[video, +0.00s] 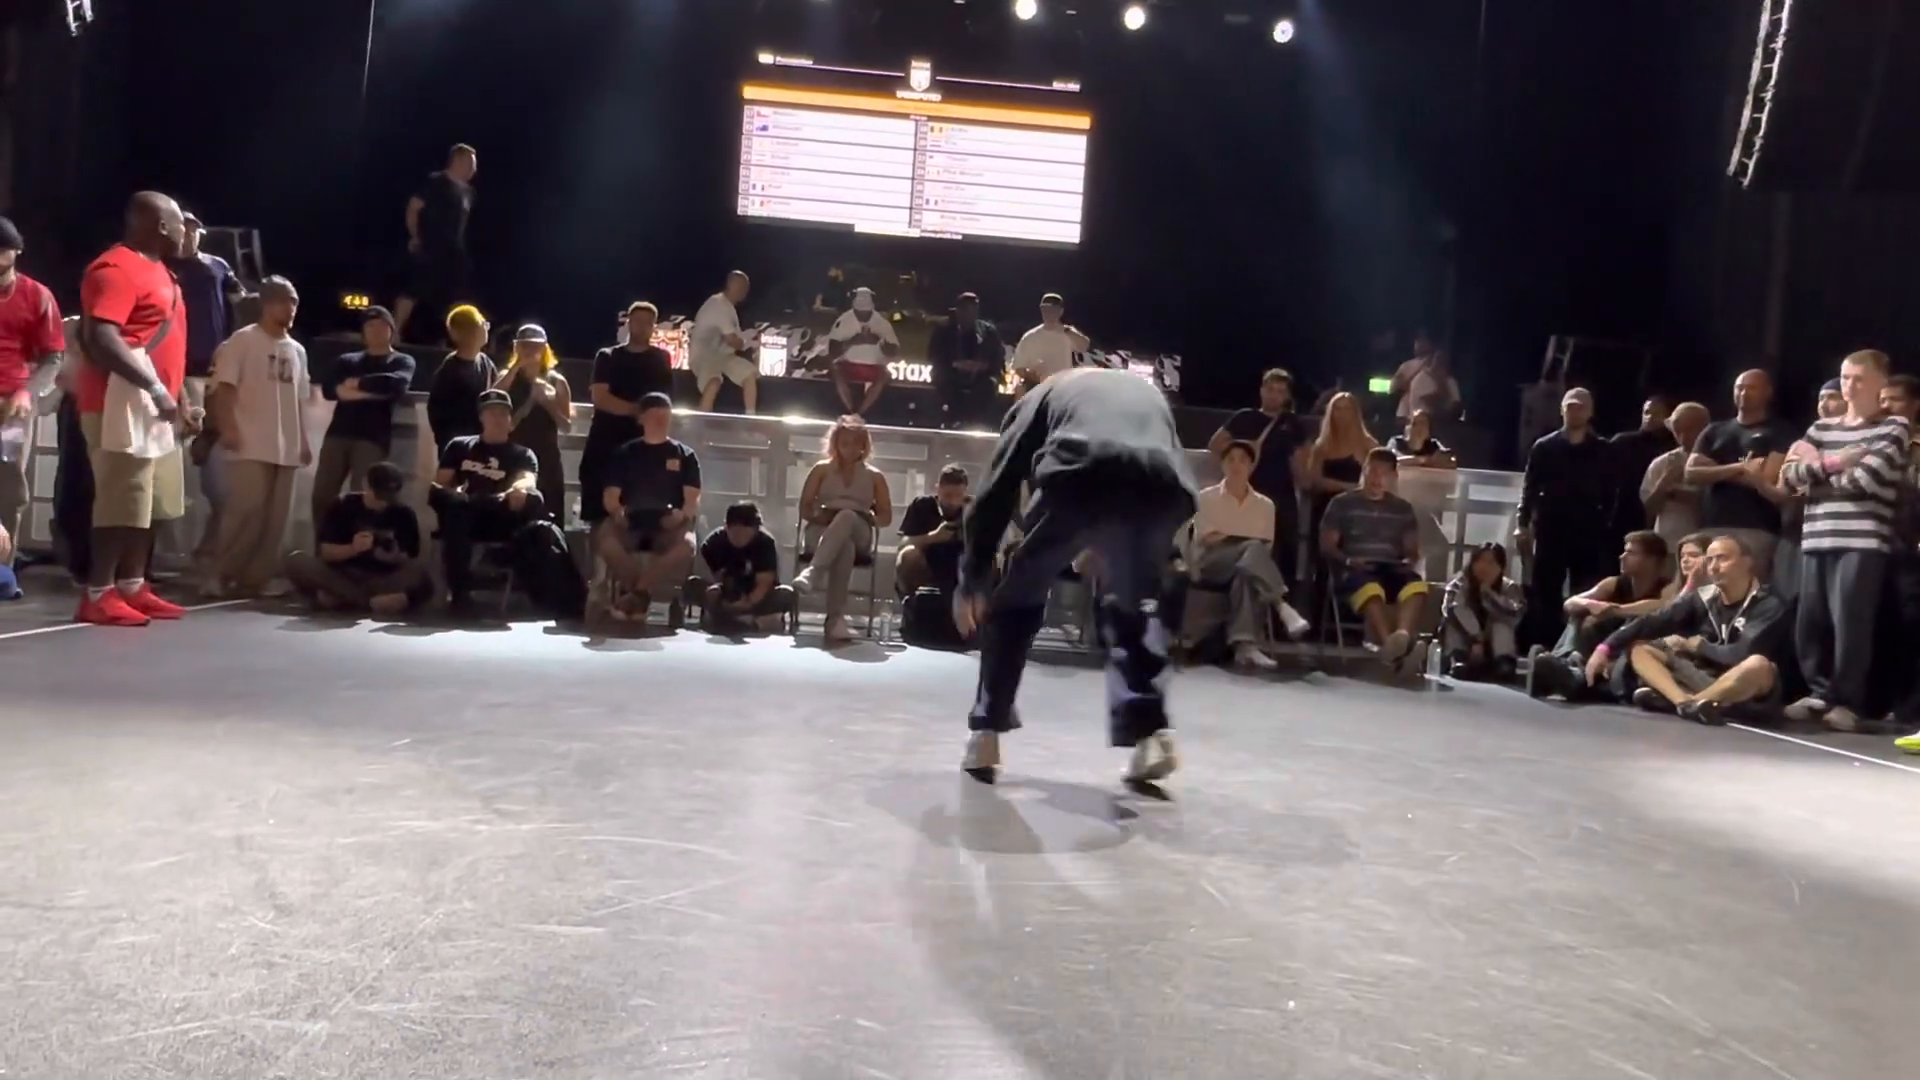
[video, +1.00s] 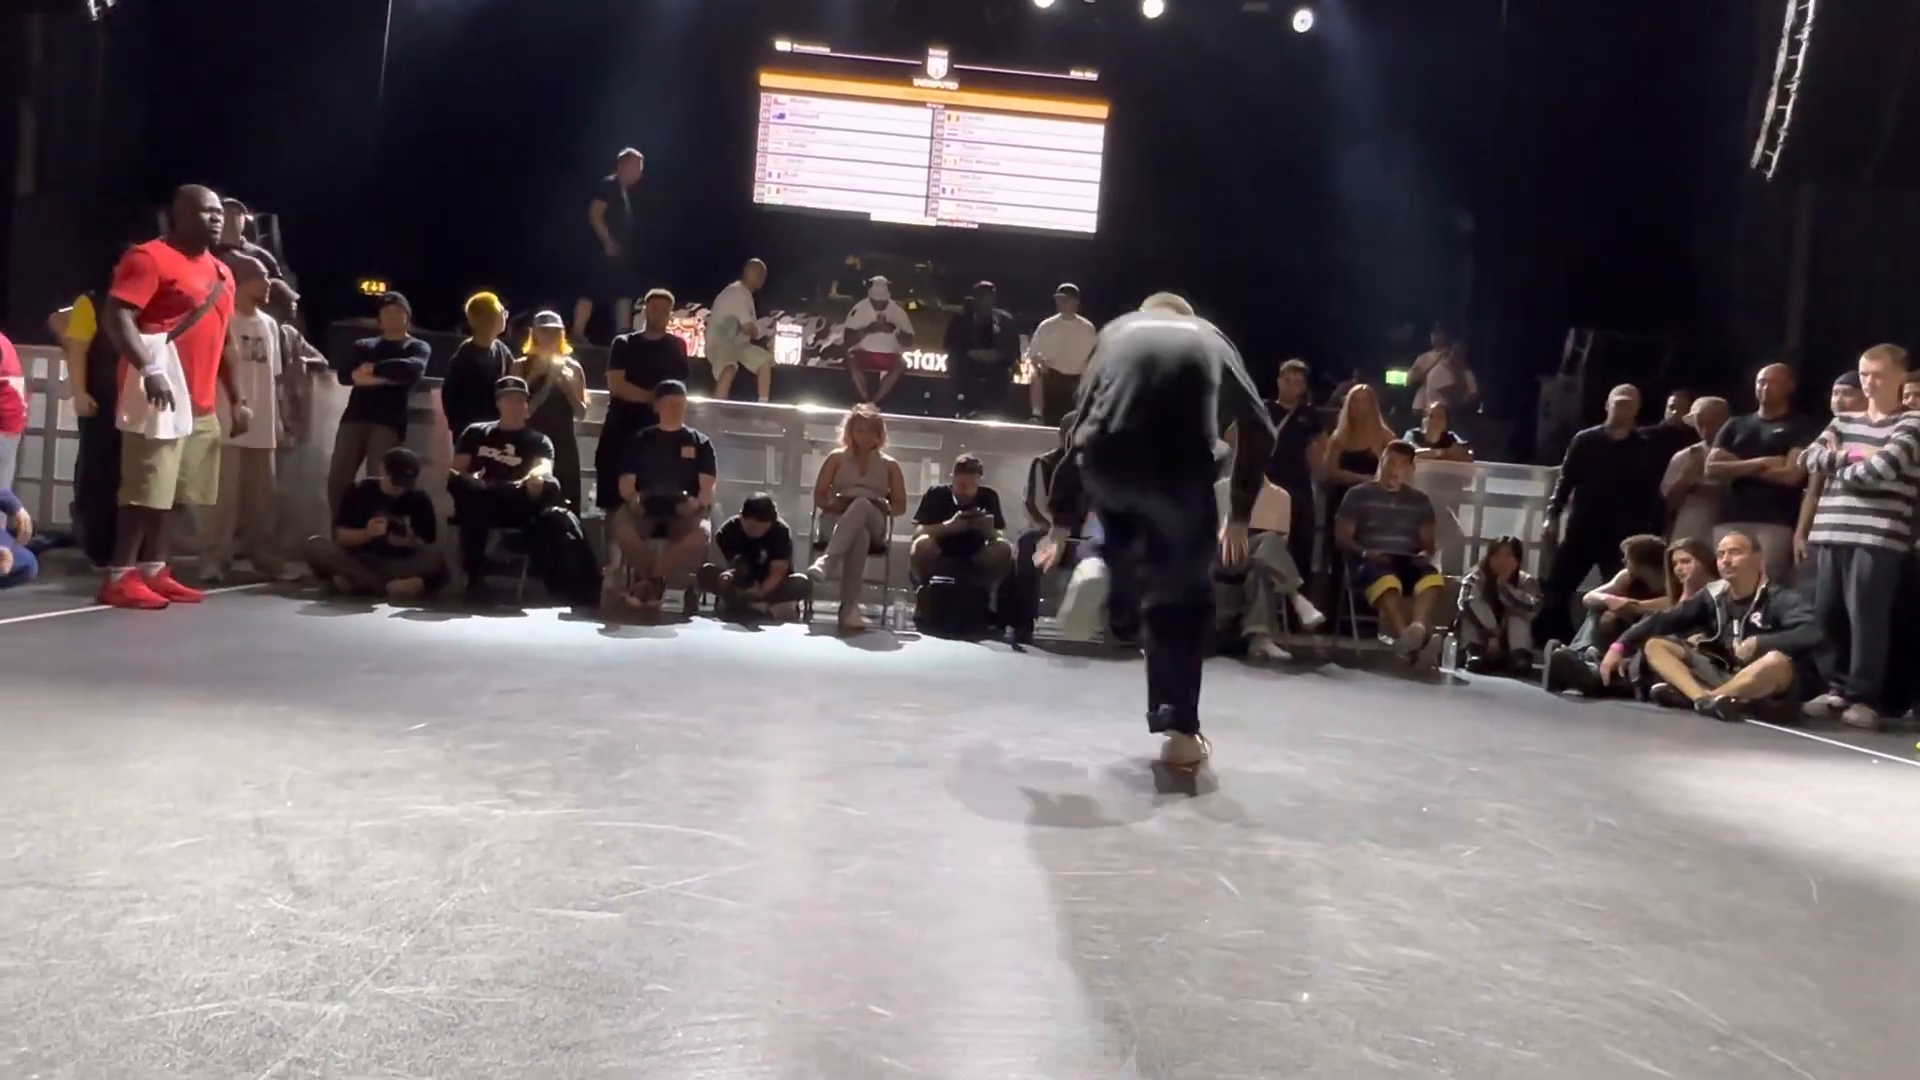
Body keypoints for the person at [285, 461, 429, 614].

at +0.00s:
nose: (382, 504)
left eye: (387, 500)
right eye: (378, 499)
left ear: (395, 494)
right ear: (367, 488)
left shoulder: (404, 515)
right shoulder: (343, 507)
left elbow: (411, 558)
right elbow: (325, 552)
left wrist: (393, 556)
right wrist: (353, 549)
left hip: (385, 577)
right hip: (344, 574)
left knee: (418, 574)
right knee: (296, 562)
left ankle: (345, 600)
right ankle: (368, 601)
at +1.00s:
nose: (399, 490)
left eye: (405, 486)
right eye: (395, 484)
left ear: (413, 480)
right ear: (383, 472)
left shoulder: (419, 499)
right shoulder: (359, 491)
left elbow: (428, 542)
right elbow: (341, 537)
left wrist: (406, 541)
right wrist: (368, 534)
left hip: (400, 561)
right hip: (360, 558)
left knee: (434, 558)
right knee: (315, 546)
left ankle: (361, 585)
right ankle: (384, 587)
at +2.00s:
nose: (407, 484)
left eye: (414, 480)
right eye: (405, 477)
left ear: (423, 474)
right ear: (395, 464)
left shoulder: (429, 489)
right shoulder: (369, 480)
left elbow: (437, 531)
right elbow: (351, 525)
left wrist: (415, 531)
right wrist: (380, 523)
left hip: (410, 550)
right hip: (369, 547)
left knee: (444, 550)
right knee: (323, 535)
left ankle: (370, 573)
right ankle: (394, 574)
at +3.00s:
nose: (408, 483)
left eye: (415, 480)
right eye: (405, 477)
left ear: (424, 473)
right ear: (396, 462)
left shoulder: (431, 489)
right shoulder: (370, 479)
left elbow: (438, 532)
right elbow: (353, 524)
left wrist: (419, 530)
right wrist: (381, 522)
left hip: (411, 549)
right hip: (369, 545)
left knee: (446, 550)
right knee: (324, 534)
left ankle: (372, 573)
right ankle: (393, 575)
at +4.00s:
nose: (401, 483)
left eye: (408, 480)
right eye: (397, 477)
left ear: (419, 471)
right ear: (387, 462)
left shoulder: (428, 489)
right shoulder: (365, 480)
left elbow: (432, 531)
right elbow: (347, 524)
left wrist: (407, 532)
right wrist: (367, 523)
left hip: (409, 550)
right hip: (368, 547)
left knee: (443, 548)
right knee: (326, 535)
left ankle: (370, 572)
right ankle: (393, 573)